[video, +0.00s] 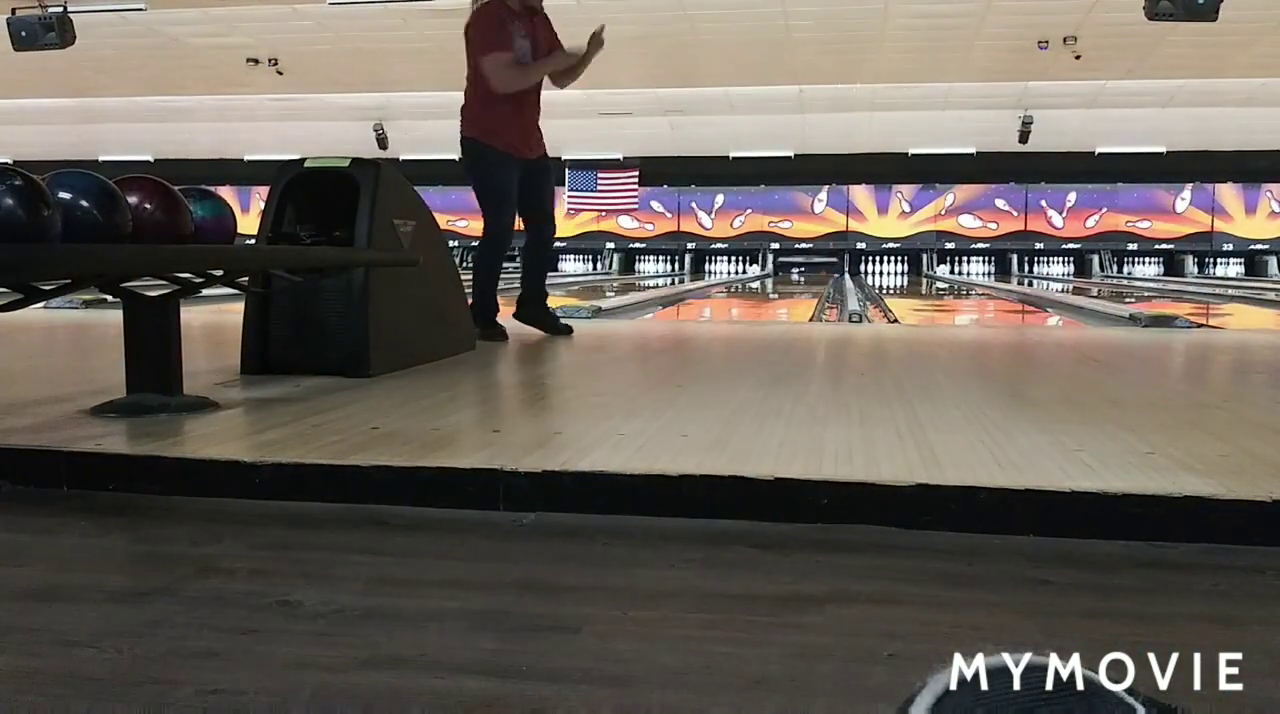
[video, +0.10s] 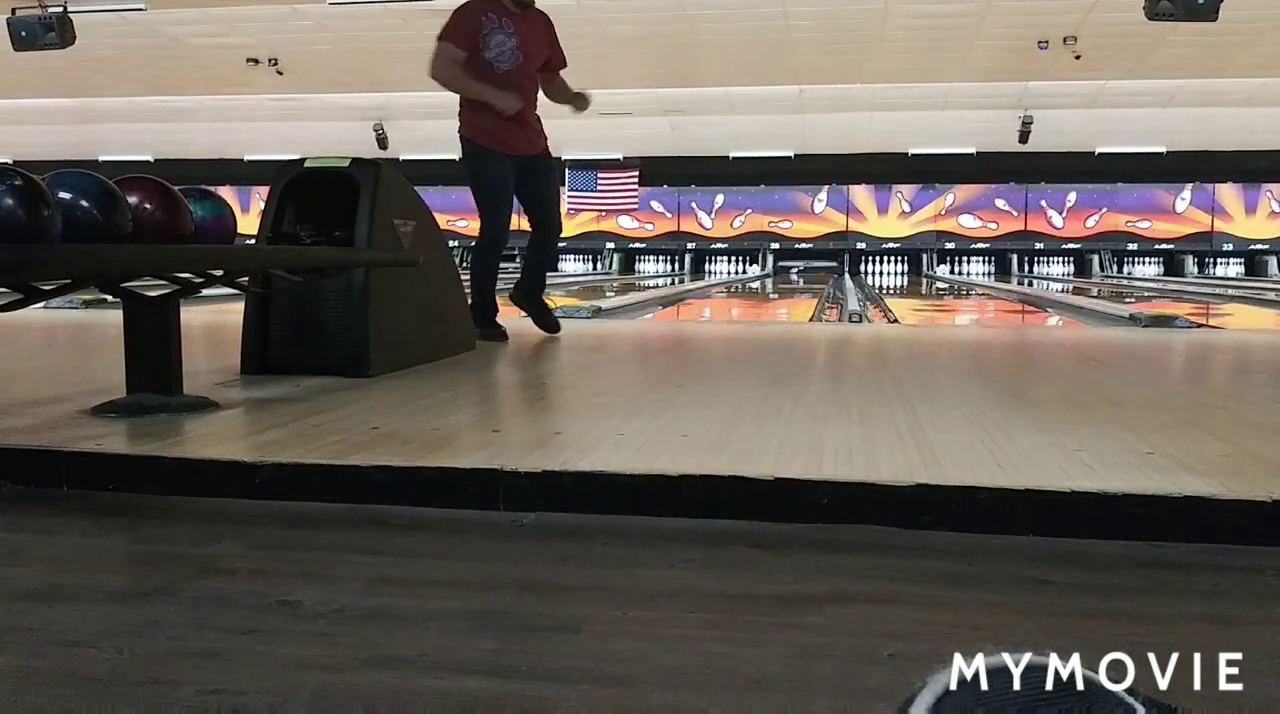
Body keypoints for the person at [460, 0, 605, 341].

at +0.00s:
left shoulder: (538, 19)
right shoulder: (488, 16)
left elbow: (560, 78)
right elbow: (501, 79)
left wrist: (588, 55)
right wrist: (552, 62)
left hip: (528, 141)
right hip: (488, 140)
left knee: (542, 226)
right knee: (499, 227)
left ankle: (532, 305)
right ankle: (483, 315)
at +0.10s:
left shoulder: (540, 21)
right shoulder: (473, 13)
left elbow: (549, 79)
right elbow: (442, 68)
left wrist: (570, 97)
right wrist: (493, 95)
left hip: (529, 140)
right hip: (485, 141)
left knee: (549, 225)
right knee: (495, 228)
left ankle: (529, 291)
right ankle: (483, 315)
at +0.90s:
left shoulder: (565, 2)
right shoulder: (466, 1)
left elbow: (579, 53)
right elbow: (452, 35)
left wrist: (522, 74)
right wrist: (458, 56)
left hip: (537, 122)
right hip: (479, 122)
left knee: (533, 229)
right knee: (480, 230)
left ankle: (527, 329)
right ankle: (508, 290)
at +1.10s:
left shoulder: (568, 2)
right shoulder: (464, 0)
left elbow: (578, 39)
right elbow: (455, 30)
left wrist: (514, 58)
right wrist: (456, 61)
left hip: (537, 116)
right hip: (477, 115)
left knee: (535, 228)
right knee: (478, 223)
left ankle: (527, 330)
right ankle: (479, 332)